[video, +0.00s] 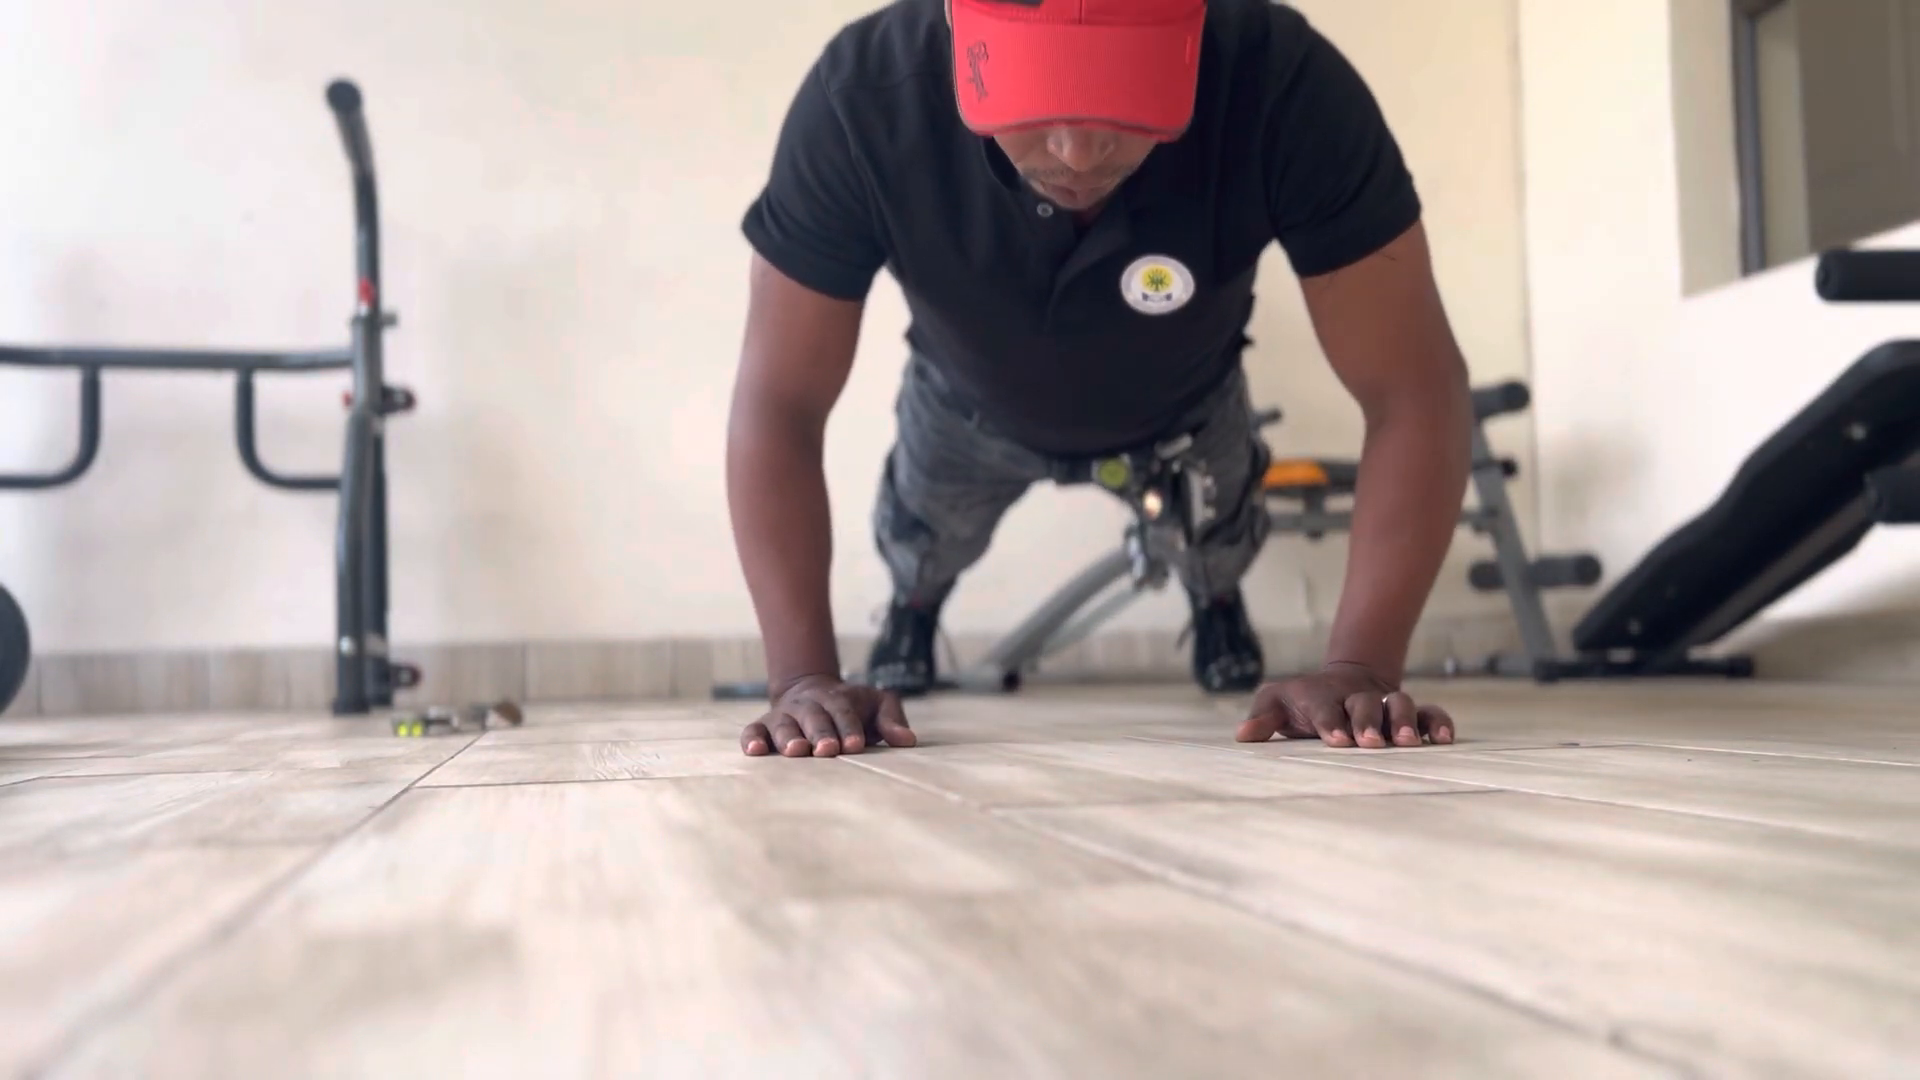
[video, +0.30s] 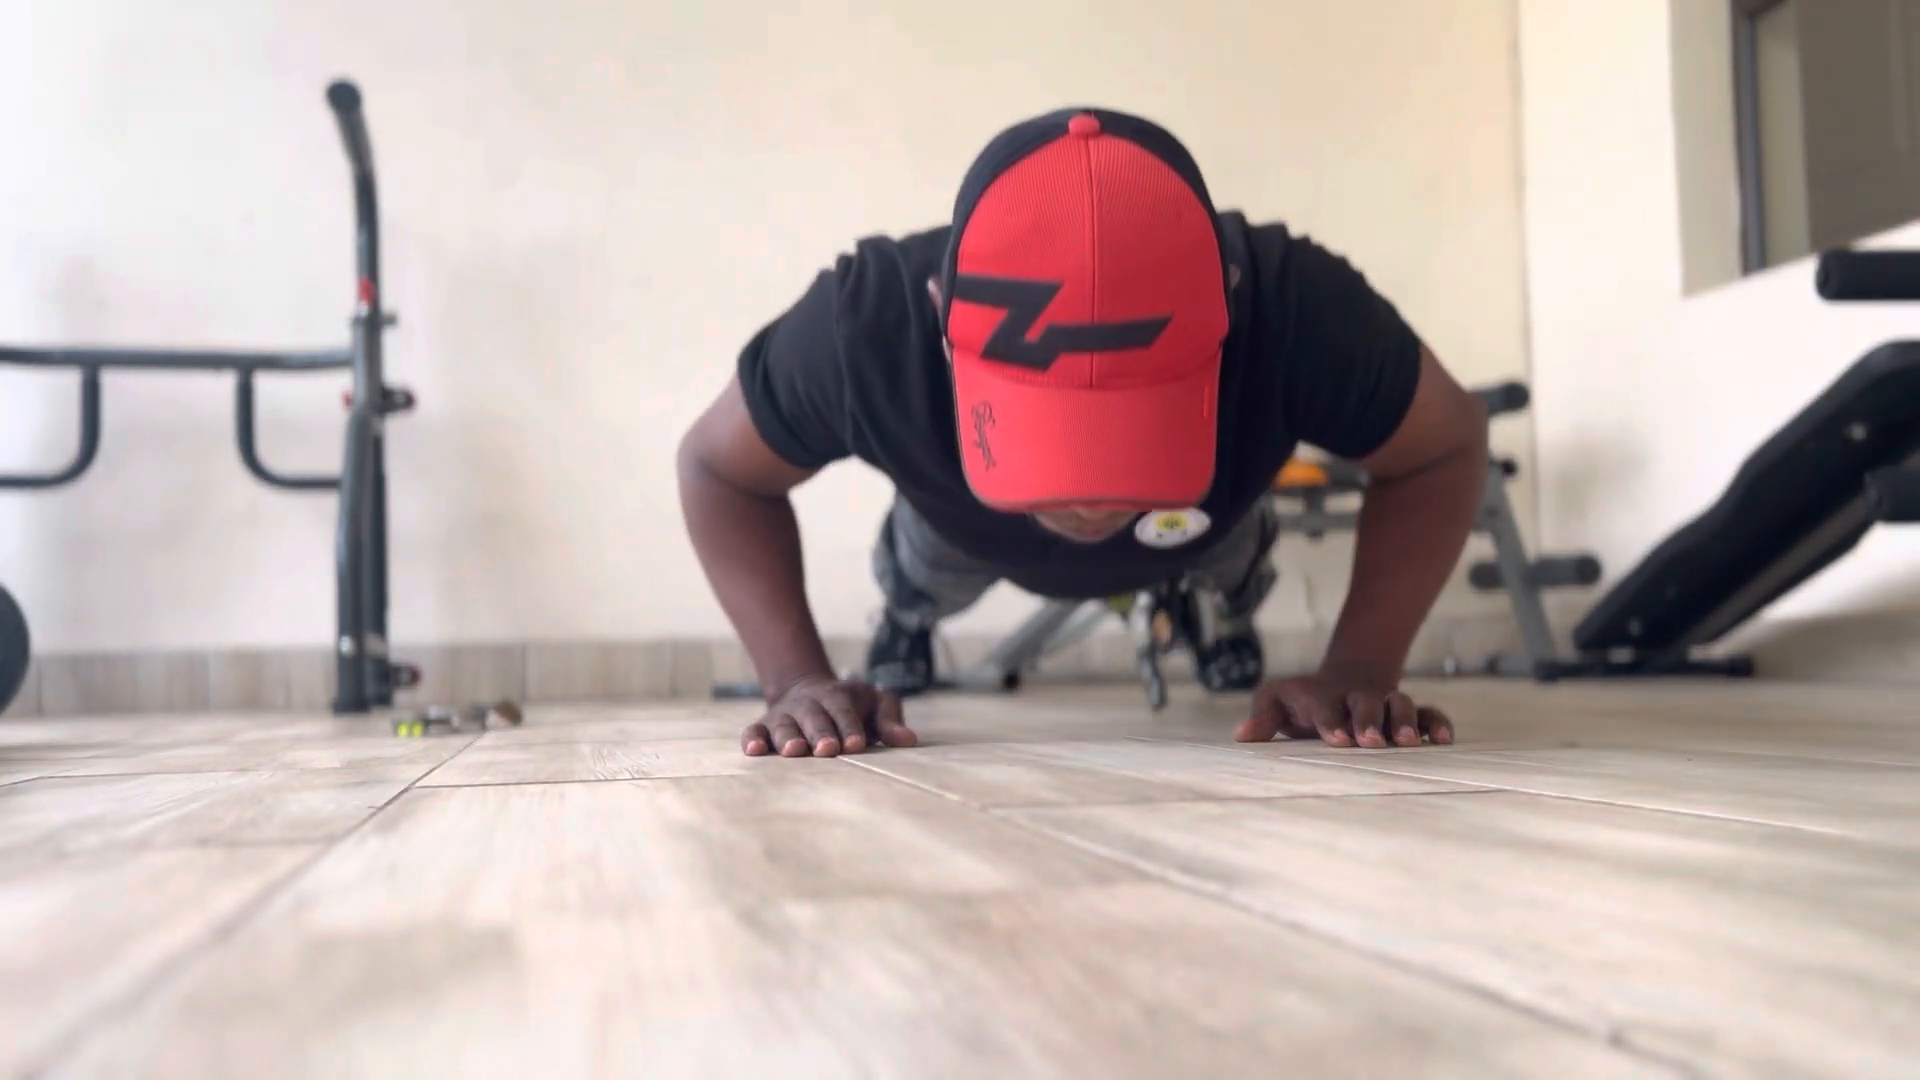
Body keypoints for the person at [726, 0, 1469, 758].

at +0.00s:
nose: (1074, 155)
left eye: (1118, 119)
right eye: (1032, 118)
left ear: (1184, 56)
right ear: (961, 54)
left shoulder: (1281, 83)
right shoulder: (866, 96)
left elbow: (1418, 390)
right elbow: (777, 407)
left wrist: (1359, 668)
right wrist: (799, 682)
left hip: (1184, 407)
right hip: (972, 406)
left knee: (1217, 530)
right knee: (928, 535)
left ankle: (1219, 610)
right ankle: (915, 621)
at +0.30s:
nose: (1090, 511)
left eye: (1131, 470)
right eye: (1053, 475)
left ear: (1221, 308)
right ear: (951, 327)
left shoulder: (1299, 311)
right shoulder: (867, 326)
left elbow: (1441, 450)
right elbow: (718, 469)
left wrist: (1361, 671)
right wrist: (794, 681)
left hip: (1203, 527)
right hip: (971, 530)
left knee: (1230, 567)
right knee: (922, 579)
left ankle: (1217, 610)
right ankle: (909, 621)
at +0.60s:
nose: (1091, 661)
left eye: (1139, 626)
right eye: (1054, 629)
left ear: (1233, 468)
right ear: (957, 466)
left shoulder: (1308, 413)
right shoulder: (868, 427)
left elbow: (1455, 443)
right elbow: (705, 457)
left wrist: (1358, 672)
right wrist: (796, 680)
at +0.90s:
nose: (1076, 264)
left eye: (1124, 226)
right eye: (1030, 220)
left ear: (1196, 157)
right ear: (958, 155)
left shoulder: (1295, 179)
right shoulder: (866, 189)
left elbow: (1417, 417)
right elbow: (746, 434)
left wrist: (1353, 669)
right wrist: (801, 682)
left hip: (1192, 460)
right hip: (971, 464)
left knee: (1225, 537)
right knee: (931, 553)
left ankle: (1221, 604)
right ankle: (917, 616)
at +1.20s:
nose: (1066, 67)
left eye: (1112, 40)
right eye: (1021, 38)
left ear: (1182, 7)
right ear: (956, 8)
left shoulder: (1288, 29)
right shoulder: (859, 40)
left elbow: (1356, 364)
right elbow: (815, 379)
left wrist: (1347, 667)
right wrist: (809, 678)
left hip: (1185, 390)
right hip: (972, 393)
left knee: (1219, 521)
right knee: (932, 529)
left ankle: (1220, 605)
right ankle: (919, 612)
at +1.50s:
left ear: (1213, 284)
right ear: (947, 285)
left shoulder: (1297, 268)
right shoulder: (858, 278)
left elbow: (1432, 436)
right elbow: (729, 456)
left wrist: (1356, 670)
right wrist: (797, 682)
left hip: (1193, 483)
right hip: (961, 492)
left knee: (1219, 544)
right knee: (926, 566)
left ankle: (1214, 595)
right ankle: (916, 609)